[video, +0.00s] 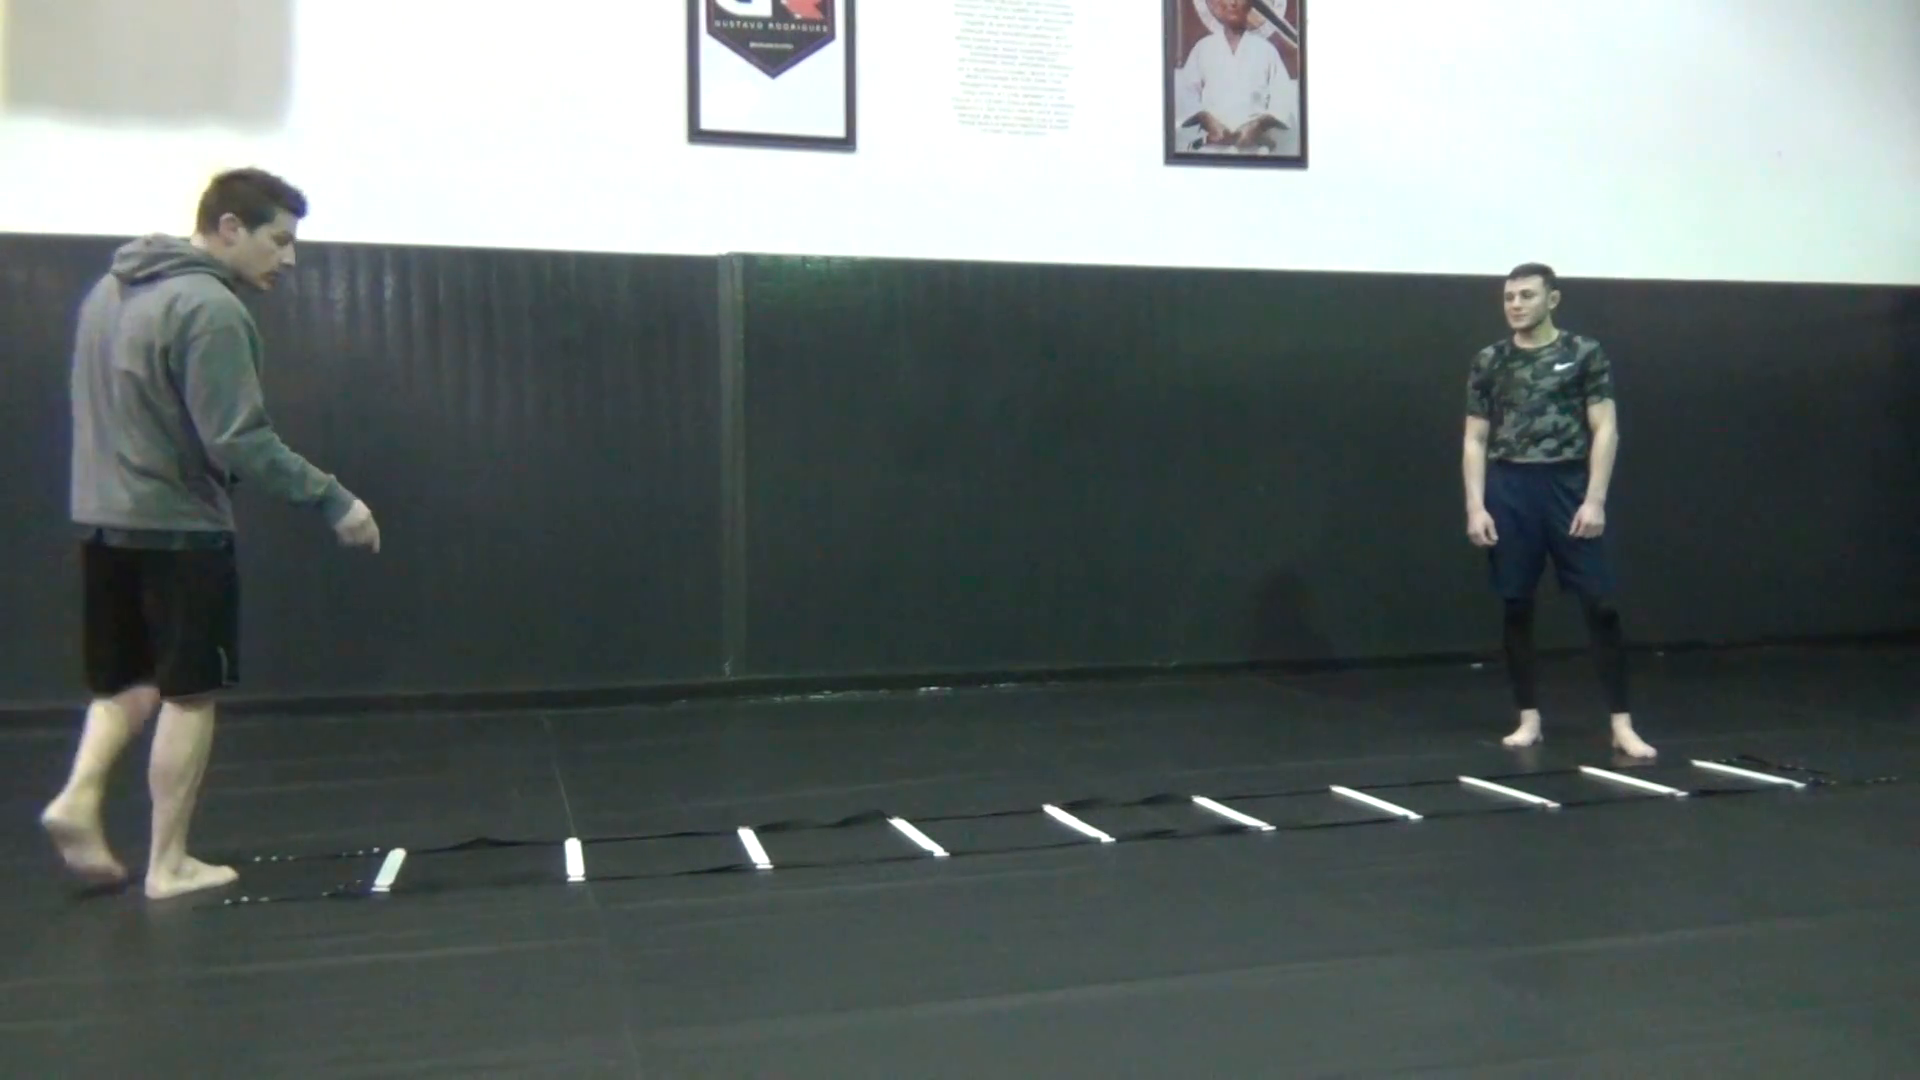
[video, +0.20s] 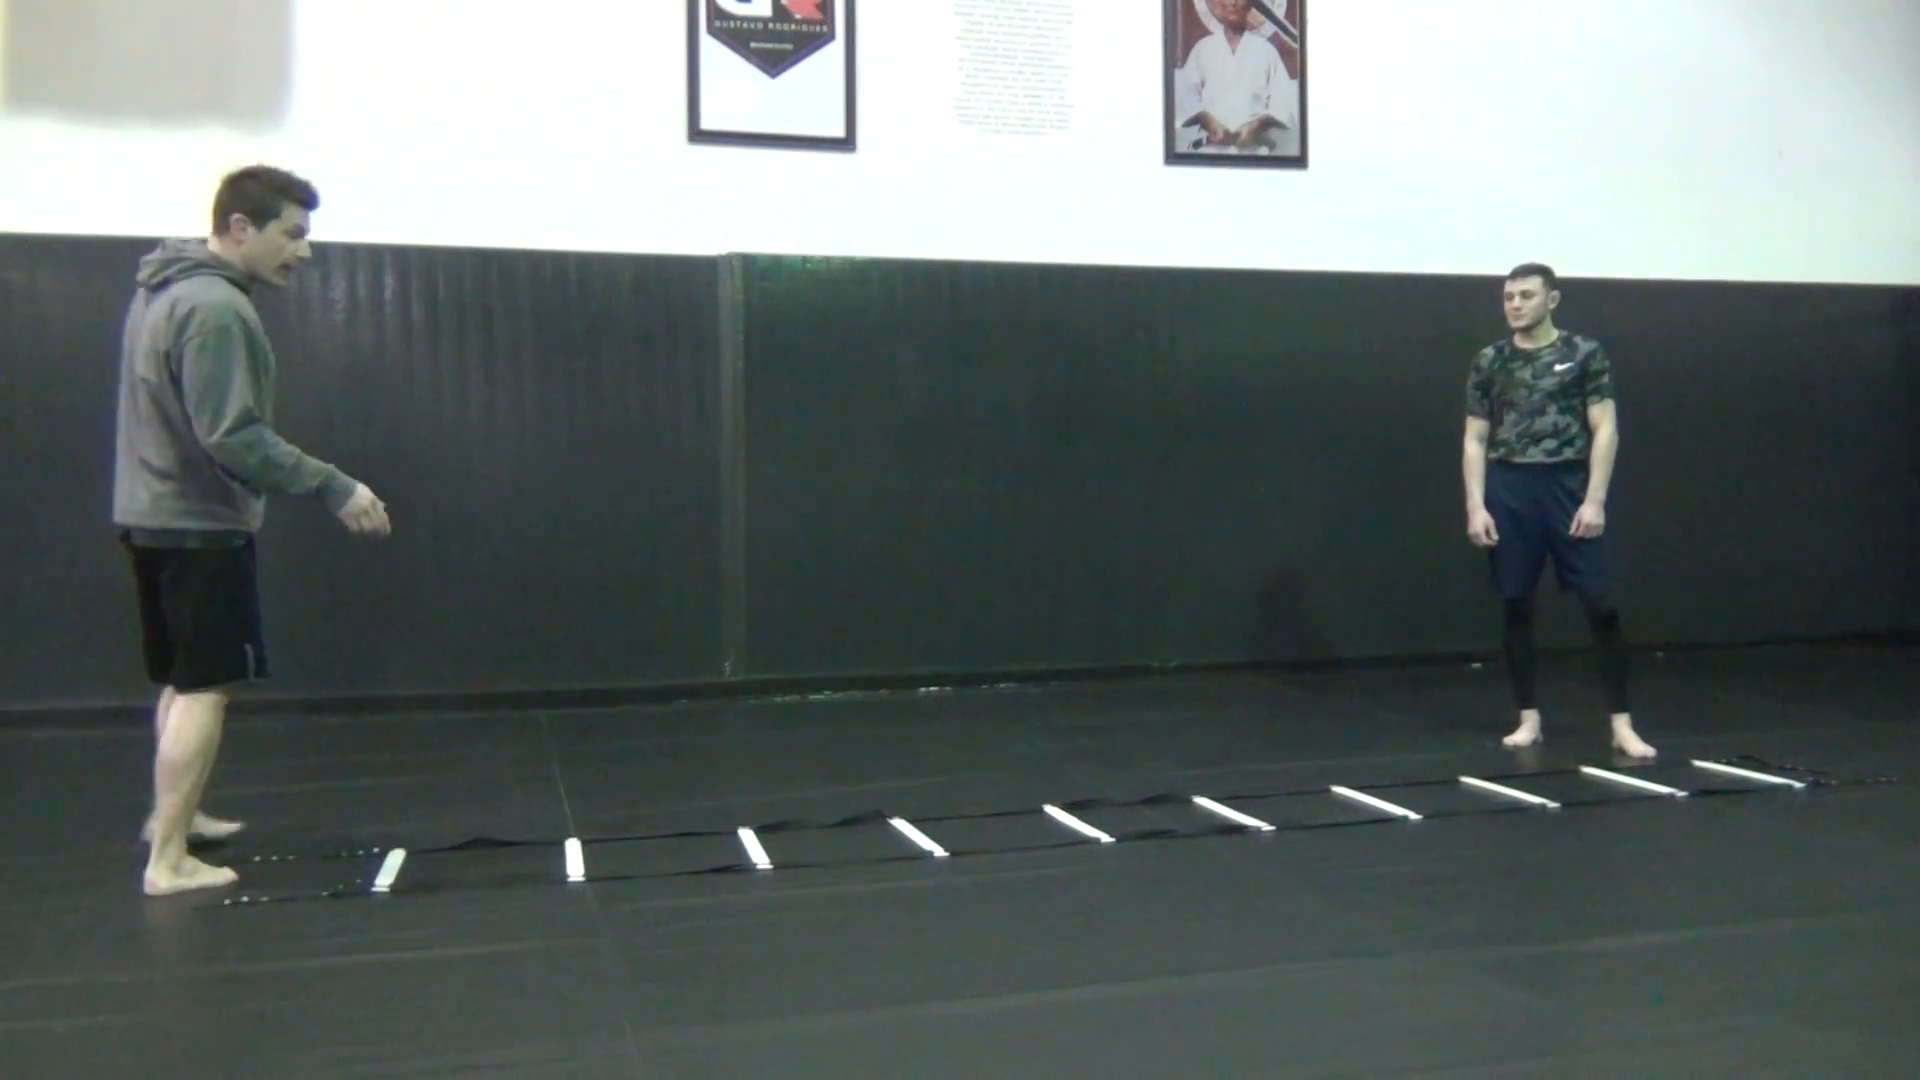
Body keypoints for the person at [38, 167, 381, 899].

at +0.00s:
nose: (287, 260)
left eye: (291, 244)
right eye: (279, 241)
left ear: (222, 231)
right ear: (227, 228)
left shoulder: (111, 288)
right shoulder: (210, 308)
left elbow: (106, 404)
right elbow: (238, 439)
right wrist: (335, 500)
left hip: (106, 521)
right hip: (180, 528)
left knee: (132, 681)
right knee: (192, 691)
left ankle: (77, 799)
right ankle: (168, 864)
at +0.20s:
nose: (303, 251)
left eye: (305, 236)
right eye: (293, 234)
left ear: (232, 231)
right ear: (238, 228)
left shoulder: (166, 289)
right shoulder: (216, 308)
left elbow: (172, 419)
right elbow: (233, 435)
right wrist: (337, 488)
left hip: (156, 520)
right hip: (198, 528)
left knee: (181, 681)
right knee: (204, 689)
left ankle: (173, 814)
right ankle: (167, 860)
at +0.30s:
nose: (311, 253)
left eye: (313, 238)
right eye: (300, 237)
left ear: (245, 237)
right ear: (246, 233)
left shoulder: (200, 298)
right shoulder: (218, 313)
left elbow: (214, 426)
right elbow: (228, 434)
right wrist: (330, 489)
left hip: (190, 524)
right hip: (205, 528)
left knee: (216, 672)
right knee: (209, 685)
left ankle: (227, 795)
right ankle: (166, 858)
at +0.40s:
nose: (319, 258)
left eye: (320, 244)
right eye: (307, 243)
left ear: (259, 245)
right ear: (255, 241)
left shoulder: (244, 311)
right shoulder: (221, 319)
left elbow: (242, 435)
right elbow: (224, 438)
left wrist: (314, 492)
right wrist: (323, 489)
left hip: (235, 528)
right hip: (209, 530)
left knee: (243, 674)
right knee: (216, 684)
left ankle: (271, 792)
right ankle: (165, 857)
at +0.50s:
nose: (332, 262)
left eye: (333, 247)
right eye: (320, 247)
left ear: (277, 250)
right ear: (267, 246)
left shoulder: (266, 315)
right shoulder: (230, 320)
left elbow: (265, 432)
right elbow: (227, 438)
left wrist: (293, 519)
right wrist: (322, 488)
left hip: (255, 529)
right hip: (222, 530)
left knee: (267, 672)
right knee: (227, 679)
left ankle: (283, 802)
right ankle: (166, 847)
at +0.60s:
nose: (344, 260)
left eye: (346, 246)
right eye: (333, 245)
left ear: (292, 248)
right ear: (285, 243)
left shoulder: (284, 315)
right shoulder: (246, 314)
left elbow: (285, 428)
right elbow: (237, 428)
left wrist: (313, 510)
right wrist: (330, 476)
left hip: (275, 522)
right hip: (238, 522)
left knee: (281, 663)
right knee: (254, 666)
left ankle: (284, 801)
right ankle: (175, 820)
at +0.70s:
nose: (355, 259)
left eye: (357, 245)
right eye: (345, 244)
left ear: (305, 247)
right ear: (297, 242)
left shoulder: (297, 312)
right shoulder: (263, 312)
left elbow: (295, 426)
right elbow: (251, 419)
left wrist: (332, 505)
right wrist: (345, 469)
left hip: (283, 515)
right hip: (258, 517)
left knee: (283, 658)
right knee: (314, 649)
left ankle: (283, 800)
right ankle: (197, 781)